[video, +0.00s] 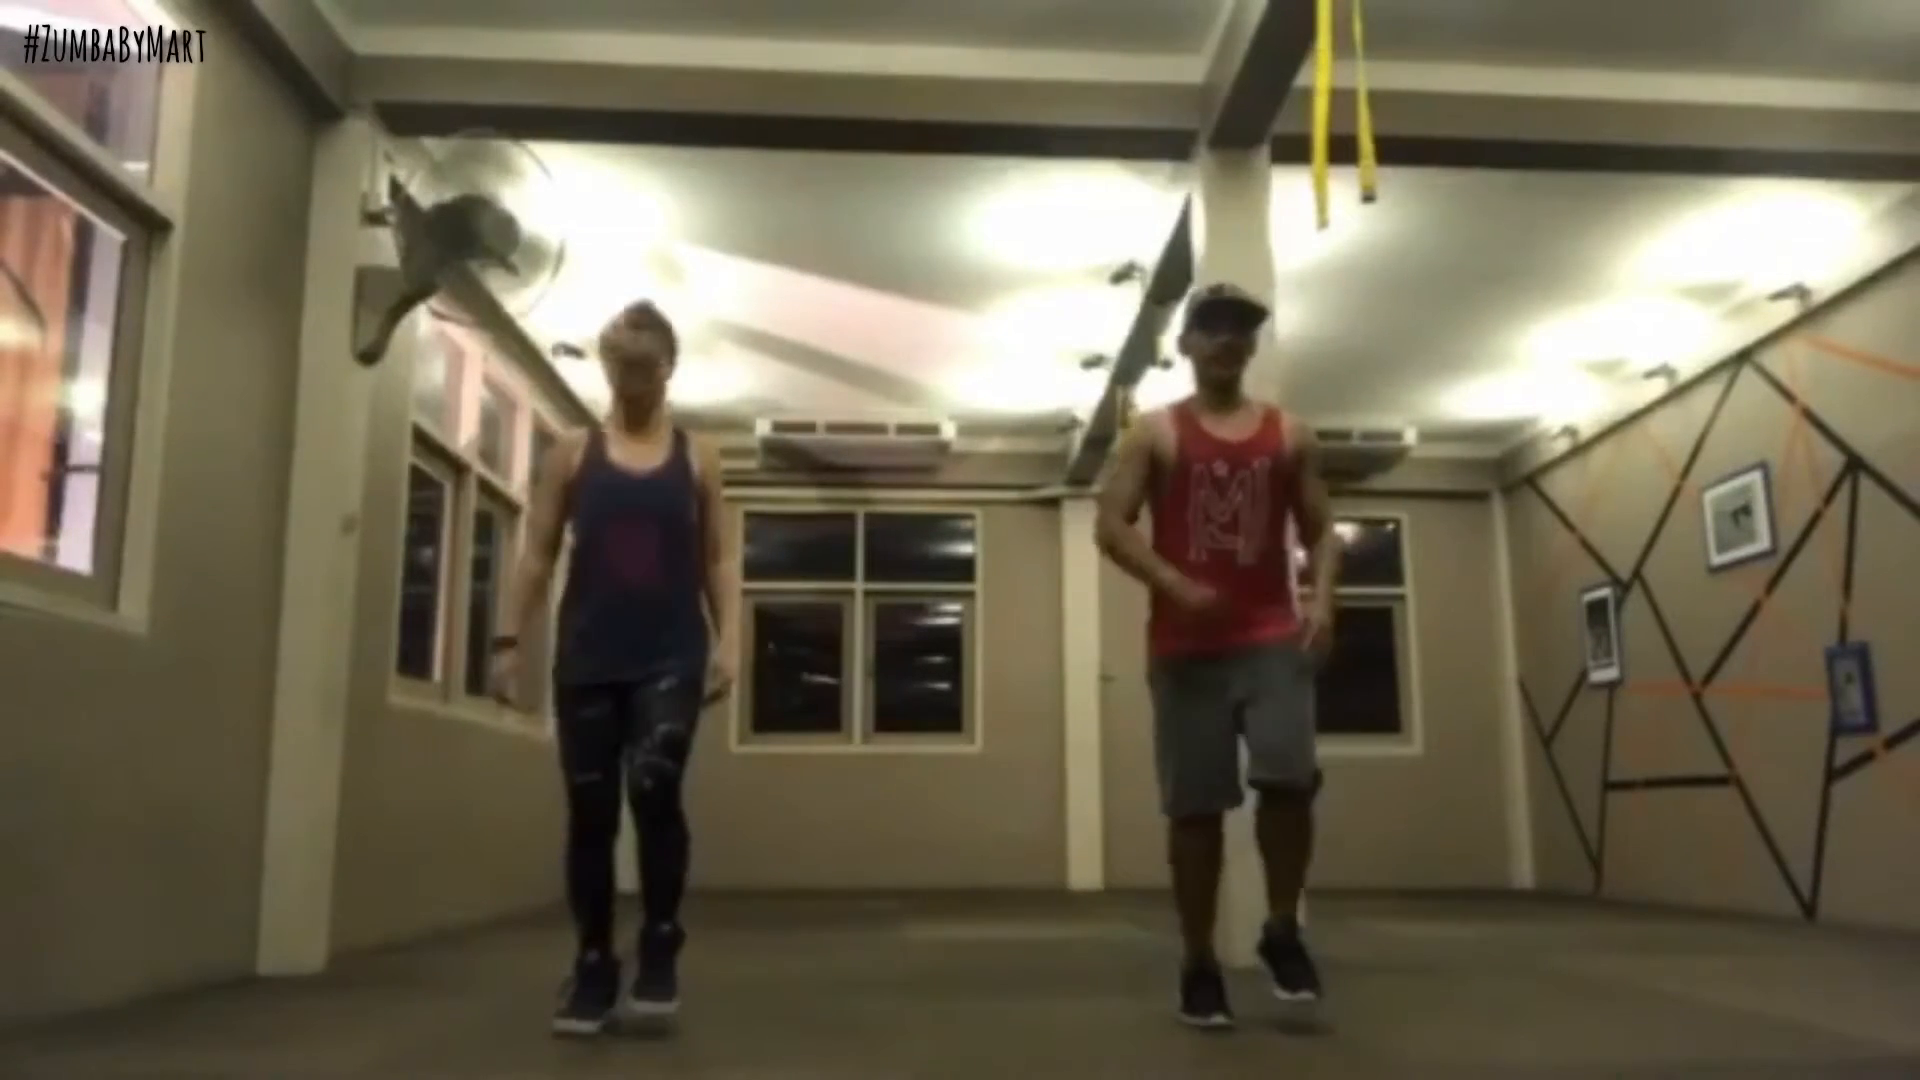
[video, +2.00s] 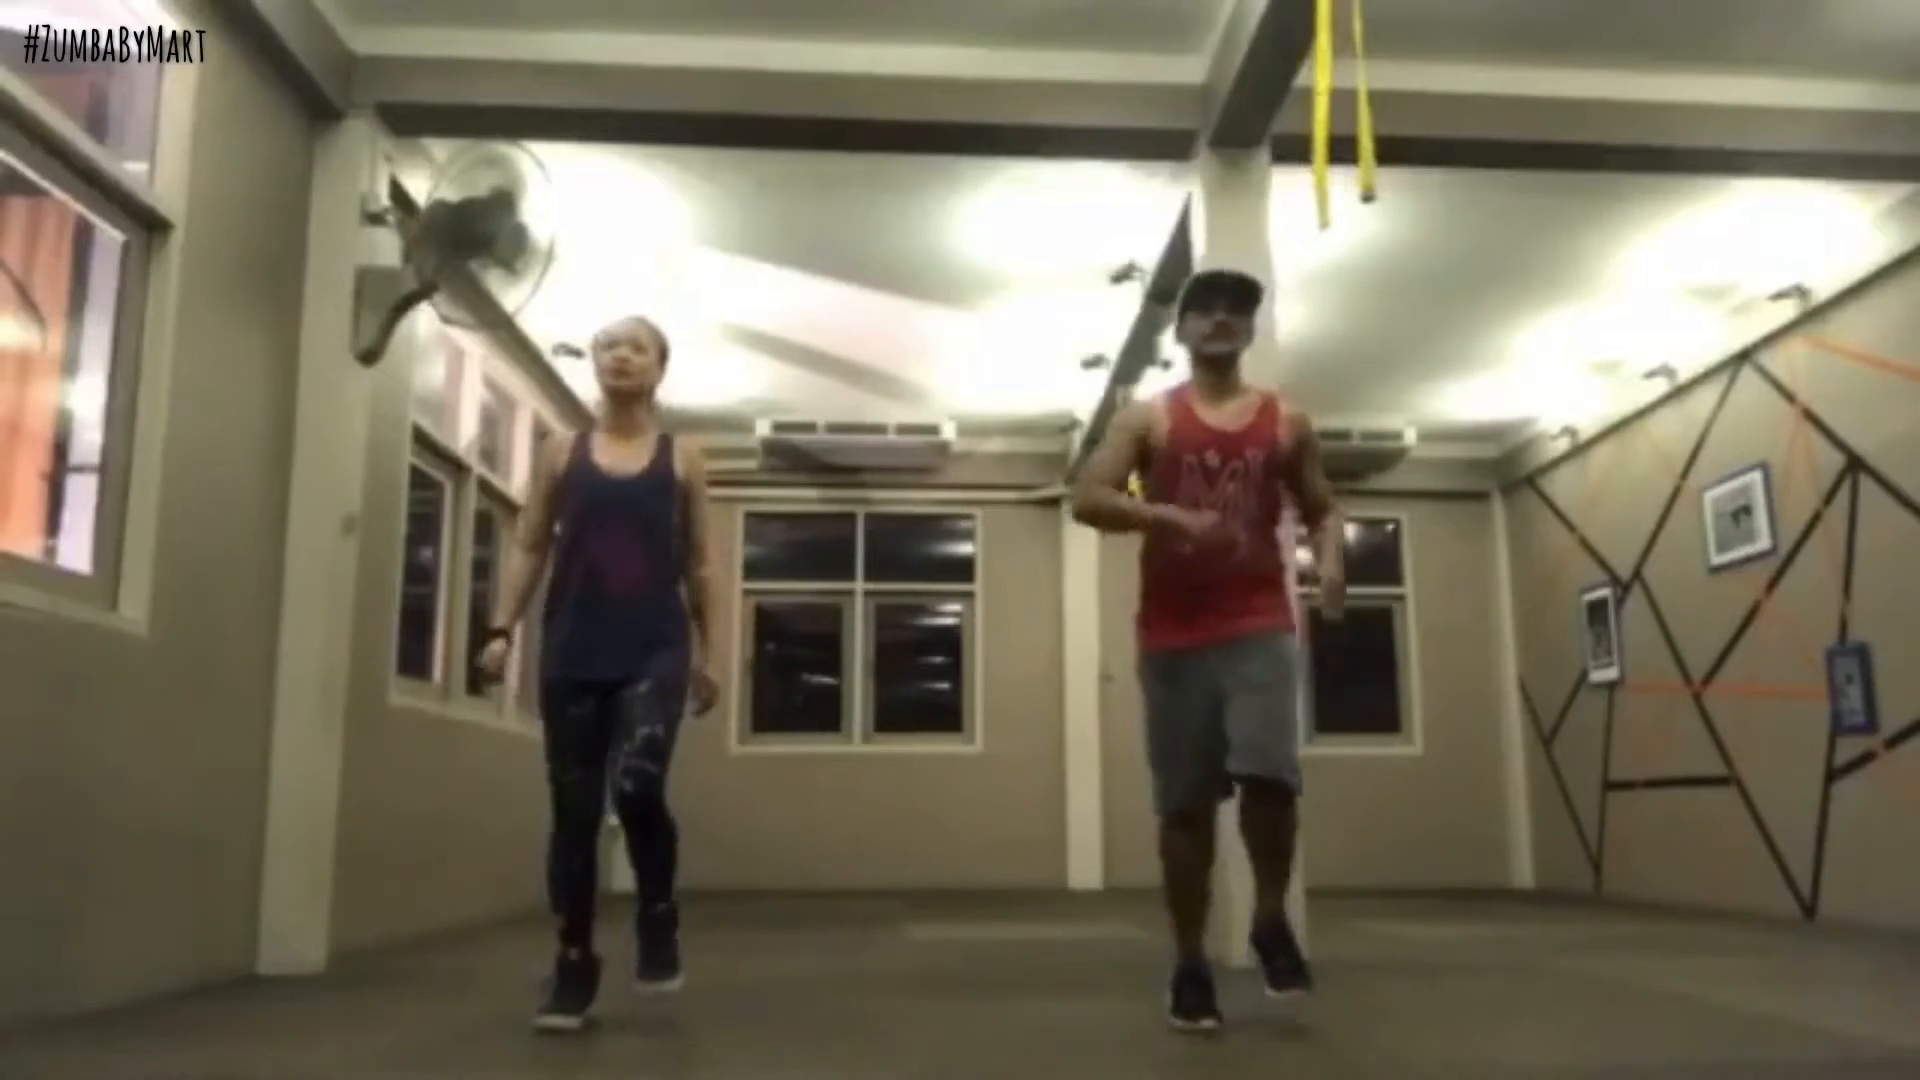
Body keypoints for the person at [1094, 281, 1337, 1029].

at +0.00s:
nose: (1223, 344)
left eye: (1237, 332)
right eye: (1209, 332)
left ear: (1254, 343)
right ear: (1186, 342)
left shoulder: (1287, 434)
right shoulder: (1154, 433)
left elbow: (1321, 530)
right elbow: (1110, 527)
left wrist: (1320, 602)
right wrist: (1172, 582)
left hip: (1271, 639)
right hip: (1187, 647)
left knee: (1290, 784)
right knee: (1196, 808)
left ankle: (1284, 931)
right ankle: (1200, 965)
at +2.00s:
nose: (1216, 325)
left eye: (1231, 313)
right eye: (1202, 313)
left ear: (1251, 328)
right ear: (1181, 327)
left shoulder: (1284, 423)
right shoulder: (1146, 416)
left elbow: (1320, 510)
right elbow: (1088, 496)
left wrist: (1327, 559)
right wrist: (1166, 517)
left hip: (1260, 629)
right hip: (1175, 637)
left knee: (1270, 783)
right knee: (1187, 806)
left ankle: (1271, 920)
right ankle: (1190, 965)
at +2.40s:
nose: (1235, 323)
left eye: (1249, 312)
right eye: (1221, 310)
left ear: (1267, 327)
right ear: (1194, 323)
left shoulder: (1298, 415)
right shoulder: (1155, 412)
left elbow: (1379, 477)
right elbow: (1071, 468)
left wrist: (1453, 523)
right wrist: (1135, 471)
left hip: (1271, 626)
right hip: (1186, 621)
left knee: (1264, 803)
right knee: (1177, 771)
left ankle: (1255, 969)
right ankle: (1170, 916)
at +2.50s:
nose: (1238, 308)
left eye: (1252, 295)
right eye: (1223, 295)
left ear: (1271, 307)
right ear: (1199, 308)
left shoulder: (1302, 393)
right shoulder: (1166, 388)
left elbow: (1398, 434)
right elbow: (1068, 424)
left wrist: (1488, 452)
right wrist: (1086, 441)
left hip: (1270, 603)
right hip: (1189, 591)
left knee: (1251, 787)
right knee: (1202, 746)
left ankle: (1232, 952)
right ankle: (1171, 909)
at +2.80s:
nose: (1271, 336)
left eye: (1284, 323)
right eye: (1255, 322)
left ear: (1300, 333)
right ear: (1226, 333)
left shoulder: (1328, 424)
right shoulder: (1207, 412)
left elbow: (1434, 460)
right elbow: (1108, 431)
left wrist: (1423, 427)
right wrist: (1007, 437)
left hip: (1300, 633)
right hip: (1214, 635)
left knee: (1364, 771)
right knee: (1203, 808)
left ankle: (1271, 913)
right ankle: (1178, 984)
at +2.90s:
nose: (1286, 327)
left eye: (1299, 314)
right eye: (1271, 313)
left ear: (1315, 323)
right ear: (1241, 324)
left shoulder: (1342, 410)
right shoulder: (1211, 404)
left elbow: (1459, 423)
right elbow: (1121, 426)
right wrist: (1101, 391)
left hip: (1325, 621)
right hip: (1233, 628)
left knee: (1406, 751)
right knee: (1211, 799)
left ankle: (1372, 896)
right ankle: (1179, 984)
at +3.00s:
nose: (1308, 316)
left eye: (1320, 304)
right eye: (1293, 304)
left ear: (1336, 312)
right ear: (1263, 316)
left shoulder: (1371, 387)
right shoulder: (1230, 393)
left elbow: (1498, 401)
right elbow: (1133, 413)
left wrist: (1625, 383)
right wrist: (1154, 346)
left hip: (1354, 624)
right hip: (1258, 627)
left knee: (1430, 777)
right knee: (1227, 795)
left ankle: (1467, 912)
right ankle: (1193, 975)